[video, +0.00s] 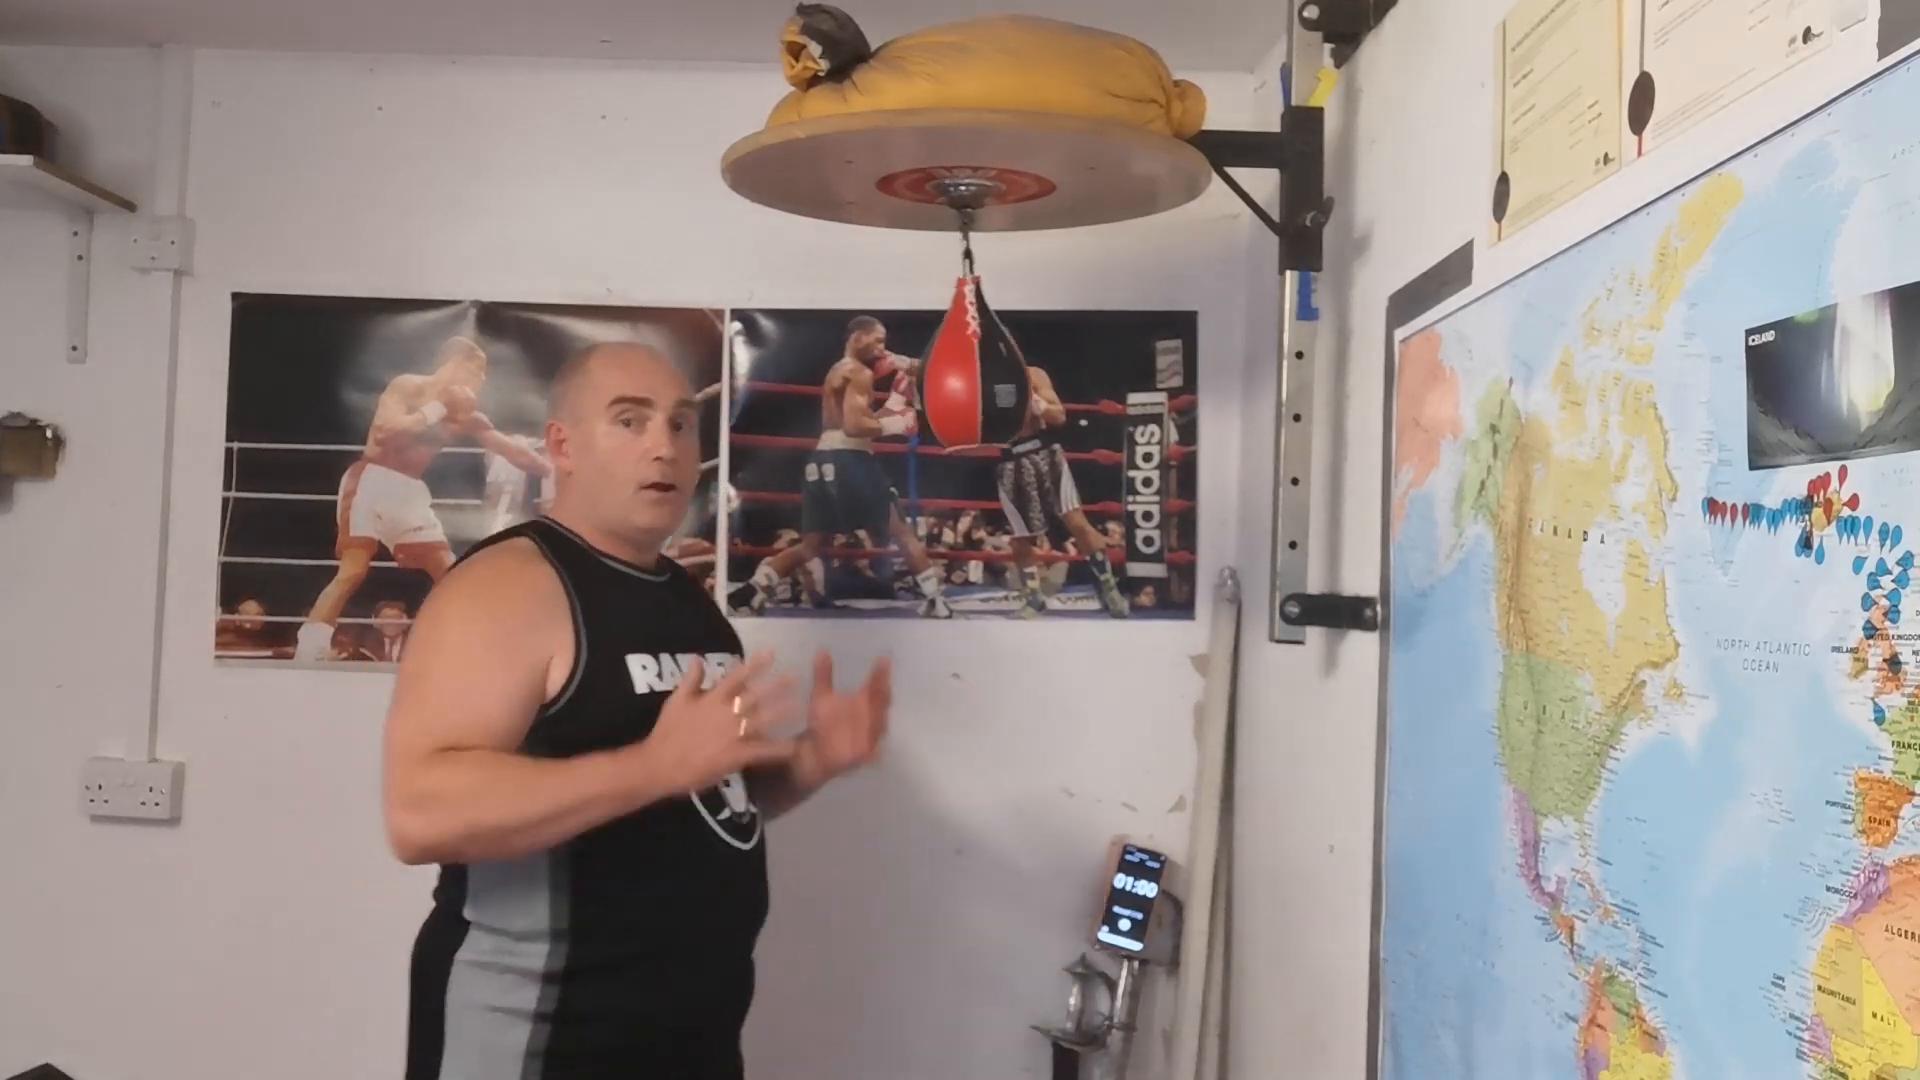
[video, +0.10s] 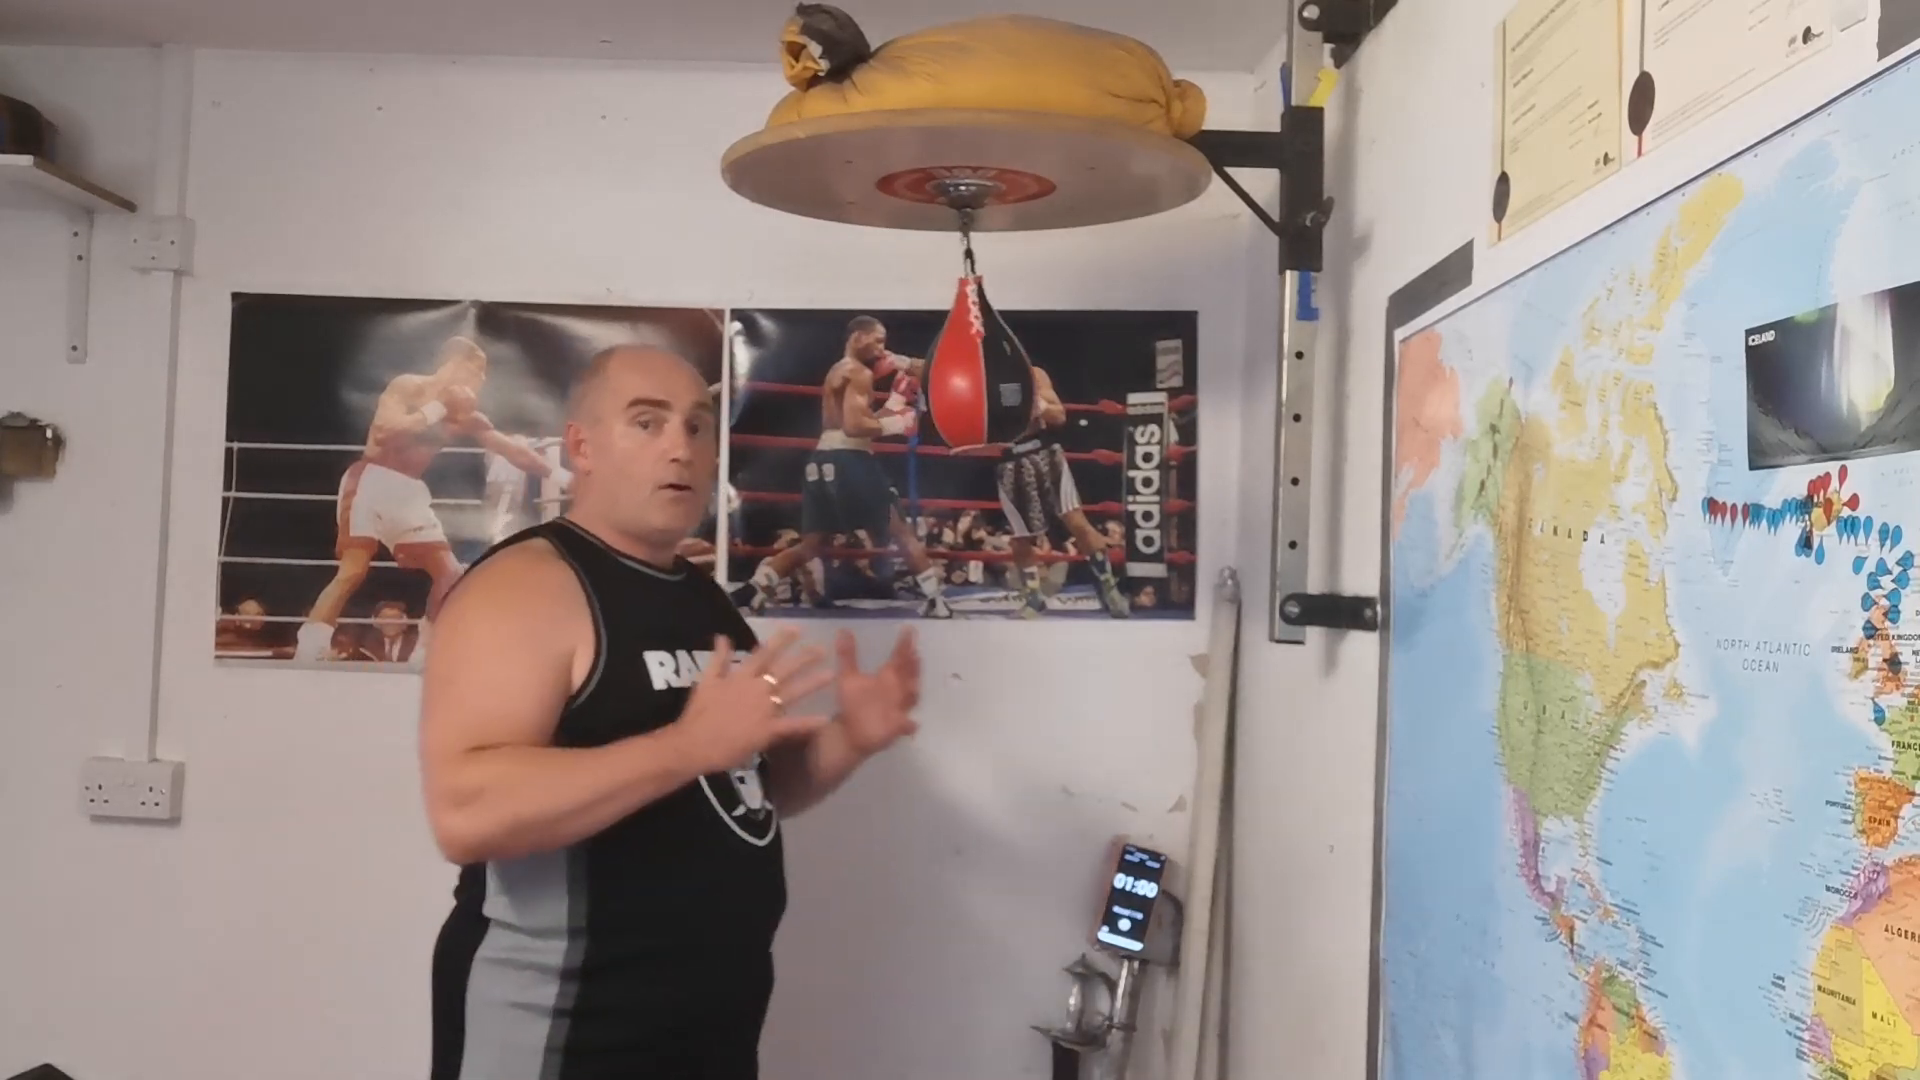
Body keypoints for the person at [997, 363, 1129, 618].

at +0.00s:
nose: (1002, 356)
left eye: (1004, 349)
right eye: (994, 354)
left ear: (1011, 349)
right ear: (987, 361)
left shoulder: (1034, 376)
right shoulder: (984, 387)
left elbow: (1059, 416)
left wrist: (1043, 409)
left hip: (1047, 456)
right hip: (1012, 464)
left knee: (1076, 523)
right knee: (1021, 536)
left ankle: (1109, 589)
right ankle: (1032, 597)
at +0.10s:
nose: (1005, 360)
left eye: (1007, 353)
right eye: (996, 356)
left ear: (1016, 352)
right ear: (988, 362)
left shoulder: (1035, 375)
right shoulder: (983, 385)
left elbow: (1059, 415)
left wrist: (1042, 407)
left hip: (1047, 455)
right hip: (1011, 464)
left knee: (1076, 523)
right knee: (1021, 536)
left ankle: (1108, 588)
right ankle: (1032, 597)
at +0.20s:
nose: (1004, 359)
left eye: (1006, 352)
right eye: (996, 356)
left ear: (1013, 352)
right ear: (988, 362)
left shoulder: (1033, 375)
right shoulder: (984, 386)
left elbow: (1059, 416)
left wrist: (1042, 407)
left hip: (1047, 456)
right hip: (1011, 464)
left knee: (1076, 523)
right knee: (1021, 536)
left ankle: (1109, 588)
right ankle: (1032, 597)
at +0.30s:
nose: (998, 354)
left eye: (1001, 346)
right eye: (992, 349)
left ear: (1012, 346)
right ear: (985, 354)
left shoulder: (1034, 375)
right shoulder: (982, 384)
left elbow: (1059, 416)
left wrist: (1036, 404)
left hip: (1046, 456)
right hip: (1011, 465)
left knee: (1075, 522)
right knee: (1021, 539)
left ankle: (1108, 587)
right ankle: (1032, 597)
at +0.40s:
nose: (996, 356)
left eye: (1000, 349)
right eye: (991, 351)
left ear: (1011, 348)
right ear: (984, 354)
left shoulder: (1033, 375)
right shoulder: (982, 384)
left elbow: (1059, 416)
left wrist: (1033, 401)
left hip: (1046, 456)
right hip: (1011, 465)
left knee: (1076, 523)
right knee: (1022, 537)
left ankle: (1108, 587)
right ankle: (1032, 596)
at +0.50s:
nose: (991, 356)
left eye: (995, 348)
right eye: (986, 350)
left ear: (1009, 348)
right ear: (982, 354)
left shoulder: (1033, 375)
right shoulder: (983, 386)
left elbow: (1059, 416)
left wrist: (1032, 400)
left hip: (1046, 457)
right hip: (1011, 465)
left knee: (1076, 523)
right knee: (1021, 537)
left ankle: (1109, 587)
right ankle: (1032, 596)